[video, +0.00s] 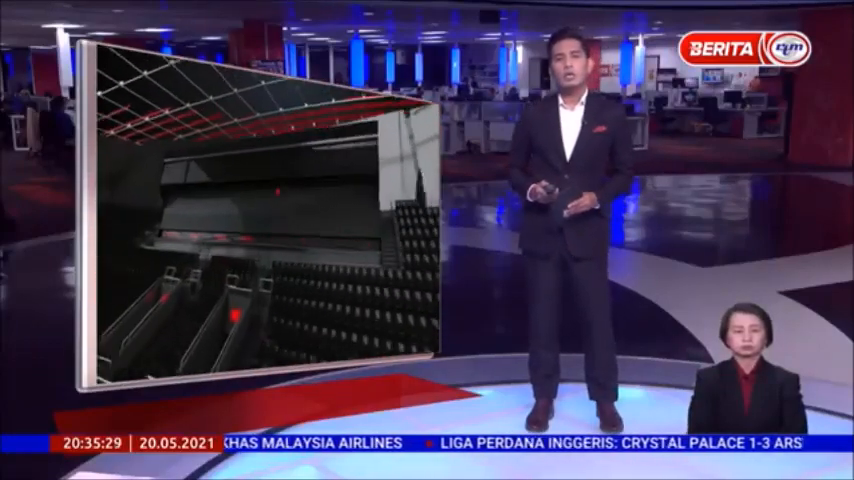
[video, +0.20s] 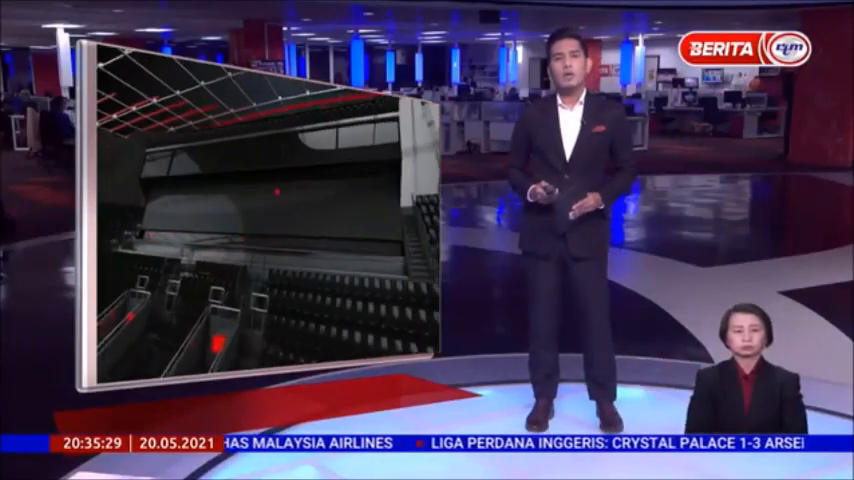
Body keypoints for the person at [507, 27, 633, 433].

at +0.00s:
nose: (567, 65)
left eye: (575, 57)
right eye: (559, 58)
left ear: (590, 63)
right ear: (551, 66)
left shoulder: (611, 112)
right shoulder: (534, 112)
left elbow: (625, 173)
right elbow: (515, 166)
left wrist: (598, 197)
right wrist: (529, 187)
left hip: (588, 232)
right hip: (541, 232)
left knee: (596, 317)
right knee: (543, 317)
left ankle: (605, 400)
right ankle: (543, 398)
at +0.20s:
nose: (566, 64)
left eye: (574, 56)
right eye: (558, 58)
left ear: (587, 63)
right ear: (549, 67)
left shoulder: (609, 111)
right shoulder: (532, 113)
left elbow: (627, 169)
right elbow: (515, 167)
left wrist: (601, 197)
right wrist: (529, 188)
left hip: (588, 231)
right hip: (541, 231)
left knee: (595, 316)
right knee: (542, 317)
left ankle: (605, 399)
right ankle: (542, 397)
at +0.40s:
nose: (566, 65)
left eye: (573, 57)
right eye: (558, 58)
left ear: (587, 63)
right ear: (548, 67)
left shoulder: (609, 111)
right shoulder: (532, 113)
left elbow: (628, 168)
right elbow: (514, 167)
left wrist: (607, 197)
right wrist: (529, 188)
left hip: (588, 231)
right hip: (541, 231)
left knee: (594, 318)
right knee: (542, 318)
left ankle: (604, 399)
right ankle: (542, 398)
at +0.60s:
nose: (559, 67)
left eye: (565, 58)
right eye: (551, 62)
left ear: (583, 63)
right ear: (546, 71)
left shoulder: (611, 111)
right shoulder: (533, 114)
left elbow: (629, 168)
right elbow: (516, 169)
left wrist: (607, 197)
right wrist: (530, 188)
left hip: (589, 232)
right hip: (542, 232)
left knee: (594, 318)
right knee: (542, 318)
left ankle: (605, 400)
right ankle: (542, 398)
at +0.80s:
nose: (559, 69)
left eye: (566, 59)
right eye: (552, 63)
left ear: (584, 64)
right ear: (546, 72)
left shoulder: (611, 111)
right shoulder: (533, 114)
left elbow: (629, 169)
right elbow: (517, 169)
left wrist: (609, 194)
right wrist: (530, 187)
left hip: (589, 231)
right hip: (543, 232)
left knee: (594, 319)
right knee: (542, 319)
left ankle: (605, 400)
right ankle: (542, 398)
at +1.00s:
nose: (559, 70)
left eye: (566, 61)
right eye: (551, 65)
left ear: (584, 64)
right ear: (546, 73)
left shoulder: (611, 112)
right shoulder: (533, 114)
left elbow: (629, 168)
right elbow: (517, 170)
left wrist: (613, 194)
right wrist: (530, 187)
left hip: (589, 232)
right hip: (543, 232)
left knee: (594, 319)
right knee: (542, 319)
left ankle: (605, 400)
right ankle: (542, 398)